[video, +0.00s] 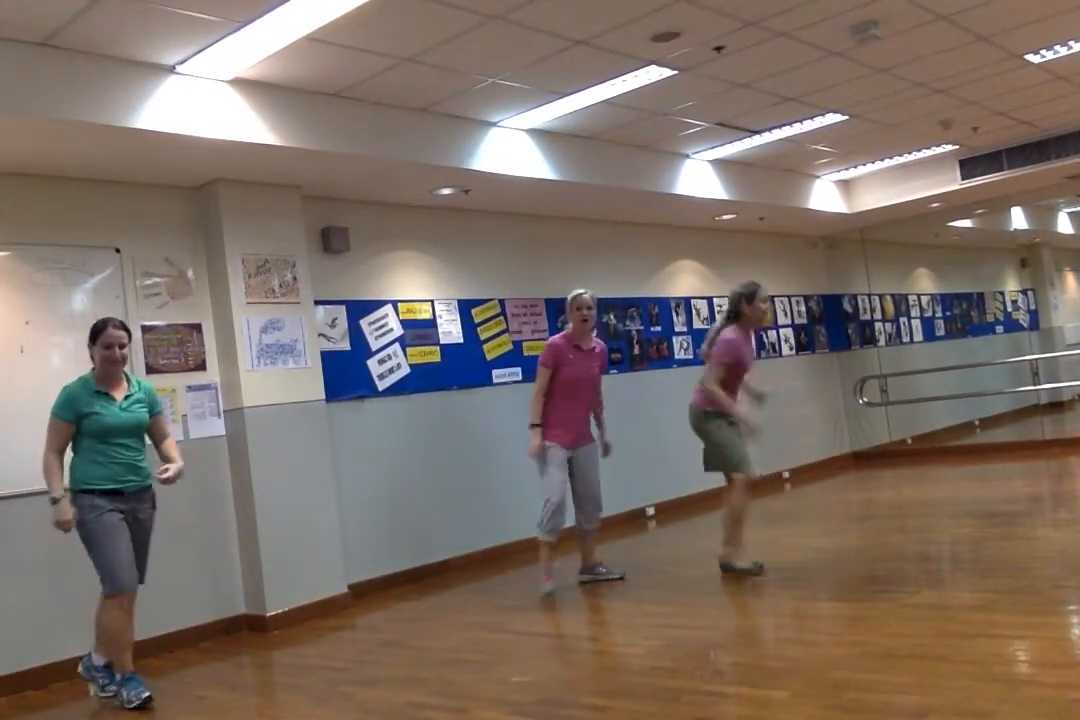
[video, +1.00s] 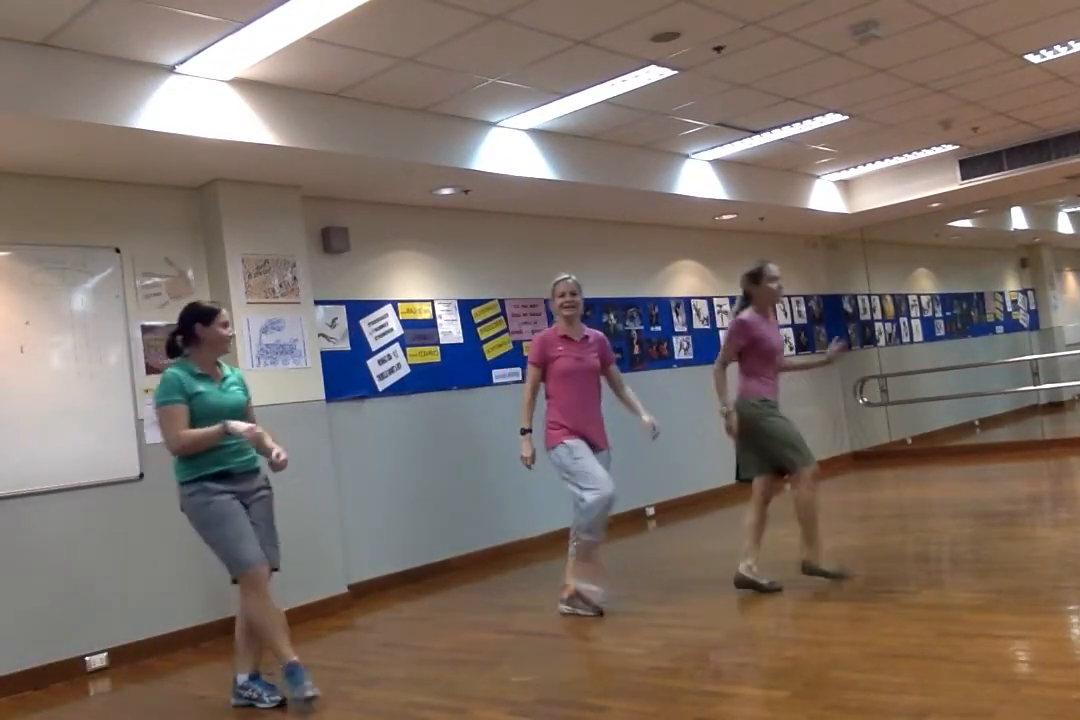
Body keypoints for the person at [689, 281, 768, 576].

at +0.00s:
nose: (768, 308)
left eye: (767, 302)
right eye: (763, 302)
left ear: (749, 307)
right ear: (745, 306)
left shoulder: (745, 336)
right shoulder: (729, 339)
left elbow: (734, 371)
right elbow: (710, 384)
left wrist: (754, 391)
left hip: (724, 410)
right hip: (708, 411)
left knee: (739, 480)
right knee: (741, 476)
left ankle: (733, 554)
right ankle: (729, 555)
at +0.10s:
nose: (755, 299)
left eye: (754, 294)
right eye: (749, 294)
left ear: (739, 301)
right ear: (731, 299)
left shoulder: (740, 331)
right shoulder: (714, 332)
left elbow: (734, 367)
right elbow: (688, 373)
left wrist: (767, 373)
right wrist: (701, 411)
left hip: (729, 414)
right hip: (709, 415)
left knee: (729, 485)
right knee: (728, 483)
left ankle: (729, 554)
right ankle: (704, 558)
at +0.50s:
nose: (731, 291)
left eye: (736, 287)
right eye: (725, 285)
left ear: (739, 294)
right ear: (712, 292)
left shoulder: (738, 329)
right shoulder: (699, 326)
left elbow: (733, 369)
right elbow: (689, 368)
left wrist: (737, 400)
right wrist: (712, 362)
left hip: (733, 416)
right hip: (701, 418)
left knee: (752, 481)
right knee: (701, 494)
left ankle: (742, 561)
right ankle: (703, 561)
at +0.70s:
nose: (740, 290)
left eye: (745, 286)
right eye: (734, 285)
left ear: (750, 292)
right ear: (722, 291)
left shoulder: (747, 327)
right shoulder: (714, 323)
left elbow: (741, 366)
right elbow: (710, 363)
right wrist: (743, 370)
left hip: (752, 414)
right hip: (721, 415)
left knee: (758, 493)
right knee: (725, 492)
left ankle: (748, 567)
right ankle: (706, 547)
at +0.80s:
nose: (750, 291)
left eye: (754, 286)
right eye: (743, 286)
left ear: (757, 292)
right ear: (729, 292)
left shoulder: (750, 328)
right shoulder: (722, 327)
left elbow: (752, 377)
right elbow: (718, 372)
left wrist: (765, 413)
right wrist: (748, 405)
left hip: (755, 412)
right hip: (732, 413)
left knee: (763, 489)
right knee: (757, 485)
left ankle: (749, 568)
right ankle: (718, 538)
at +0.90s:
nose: (764, 288)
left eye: (765, 283)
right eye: (757, 282)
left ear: (765, 289)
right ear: (741, 288)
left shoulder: (758, 324)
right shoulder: (733, 324)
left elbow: (762, 374)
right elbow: (721, 375)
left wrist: (799, 387)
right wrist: (731, 421)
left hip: (759, 410)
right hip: (745, 411)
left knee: (761, 491)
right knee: (793, 467)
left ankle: (749, 568)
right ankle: (759, 540)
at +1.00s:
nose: (780, 287)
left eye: (780, 281)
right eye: (773, 281)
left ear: (774, 287)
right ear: (753, 287)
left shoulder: (770, 321)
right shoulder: (743, 322)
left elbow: (779, 364)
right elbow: (720, 366)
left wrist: (825, 358)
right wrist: (725, 408)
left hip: (764, 407)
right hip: (753, 408)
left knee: (763, 489)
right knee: (805, 470)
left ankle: (747, 567)